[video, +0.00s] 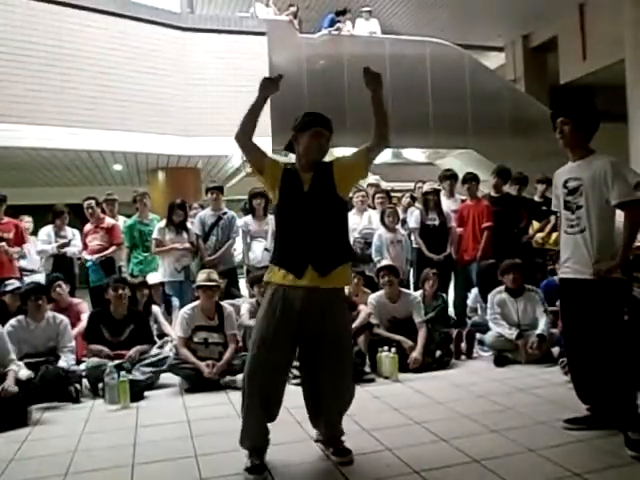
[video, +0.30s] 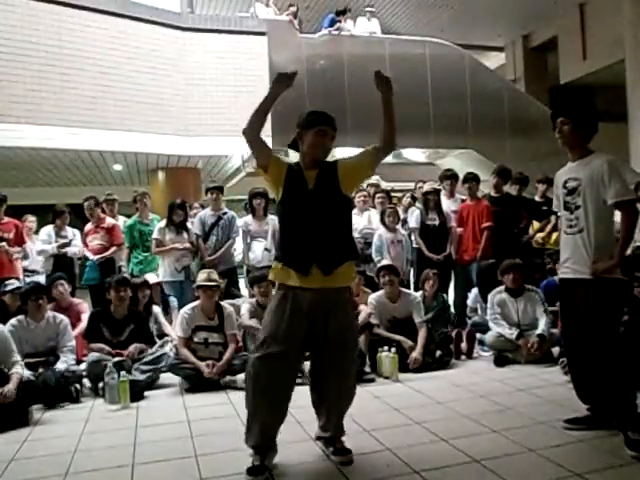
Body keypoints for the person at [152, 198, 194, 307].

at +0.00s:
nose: (178, 218)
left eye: (181, 215)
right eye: (176, 214)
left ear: (185, 215)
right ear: (170, 214)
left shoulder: (187, 229)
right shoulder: (161, 228)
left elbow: (195, 248)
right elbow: (155, 249)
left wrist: (188, 247)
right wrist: (173, 247)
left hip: (186, 269)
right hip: (169, 271)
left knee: (187, 303)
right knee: (175, 304)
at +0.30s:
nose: (178, 218)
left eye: (181, 215)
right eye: (176, 214)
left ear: (185, 215)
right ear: (171, 214)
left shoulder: (187, 228)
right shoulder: (161, 228)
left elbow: (195, 247)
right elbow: (155, 250)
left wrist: (188, 247)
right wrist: (173, 247)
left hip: (186, 270)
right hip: (169, 271)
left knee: (188, 304)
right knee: (174, 305)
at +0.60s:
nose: (178, 218)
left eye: (181, 215)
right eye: (176, 214)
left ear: (185, 215)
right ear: (171, 214)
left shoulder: (187, 228)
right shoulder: (162, 227)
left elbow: (195, 247)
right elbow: (155, 249)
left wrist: (189, 247)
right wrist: (174, 247)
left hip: (186, 269)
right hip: (169, 271)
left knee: (187, 304)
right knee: (174, 305)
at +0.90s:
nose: (179, 218)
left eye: (182, 215)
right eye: (176, 214)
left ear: (185, 215)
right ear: (171, 214)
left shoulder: (188, 228)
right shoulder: (162, 227)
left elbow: (195, 247)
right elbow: (156, 249)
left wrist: (189, 246)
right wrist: (174, 247)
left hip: (186, 269)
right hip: (169, 271)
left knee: (187, 304)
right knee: (174, 305)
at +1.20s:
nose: (179, 218)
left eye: (182, 215)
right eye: (177, 214)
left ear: (186, 215)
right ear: (171, 214)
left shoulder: (188, 228)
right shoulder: (162, 228)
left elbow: (195, 247)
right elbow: (156, 249)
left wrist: (189, 247)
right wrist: (174, 247)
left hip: (186, 269)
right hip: (169, 271)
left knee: (188, 304)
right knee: (174, 305)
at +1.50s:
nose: (179, 218)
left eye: (182, 215)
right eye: (177, 215)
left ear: (186, 215)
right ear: (172, 213)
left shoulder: (189, 227)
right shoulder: (163, 227)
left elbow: (196, 247)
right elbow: (156, 249)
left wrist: (188, 247)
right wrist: (174, 247)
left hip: (188, 269)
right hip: (171, 270)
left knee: (188, 304)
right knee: (175, 305)